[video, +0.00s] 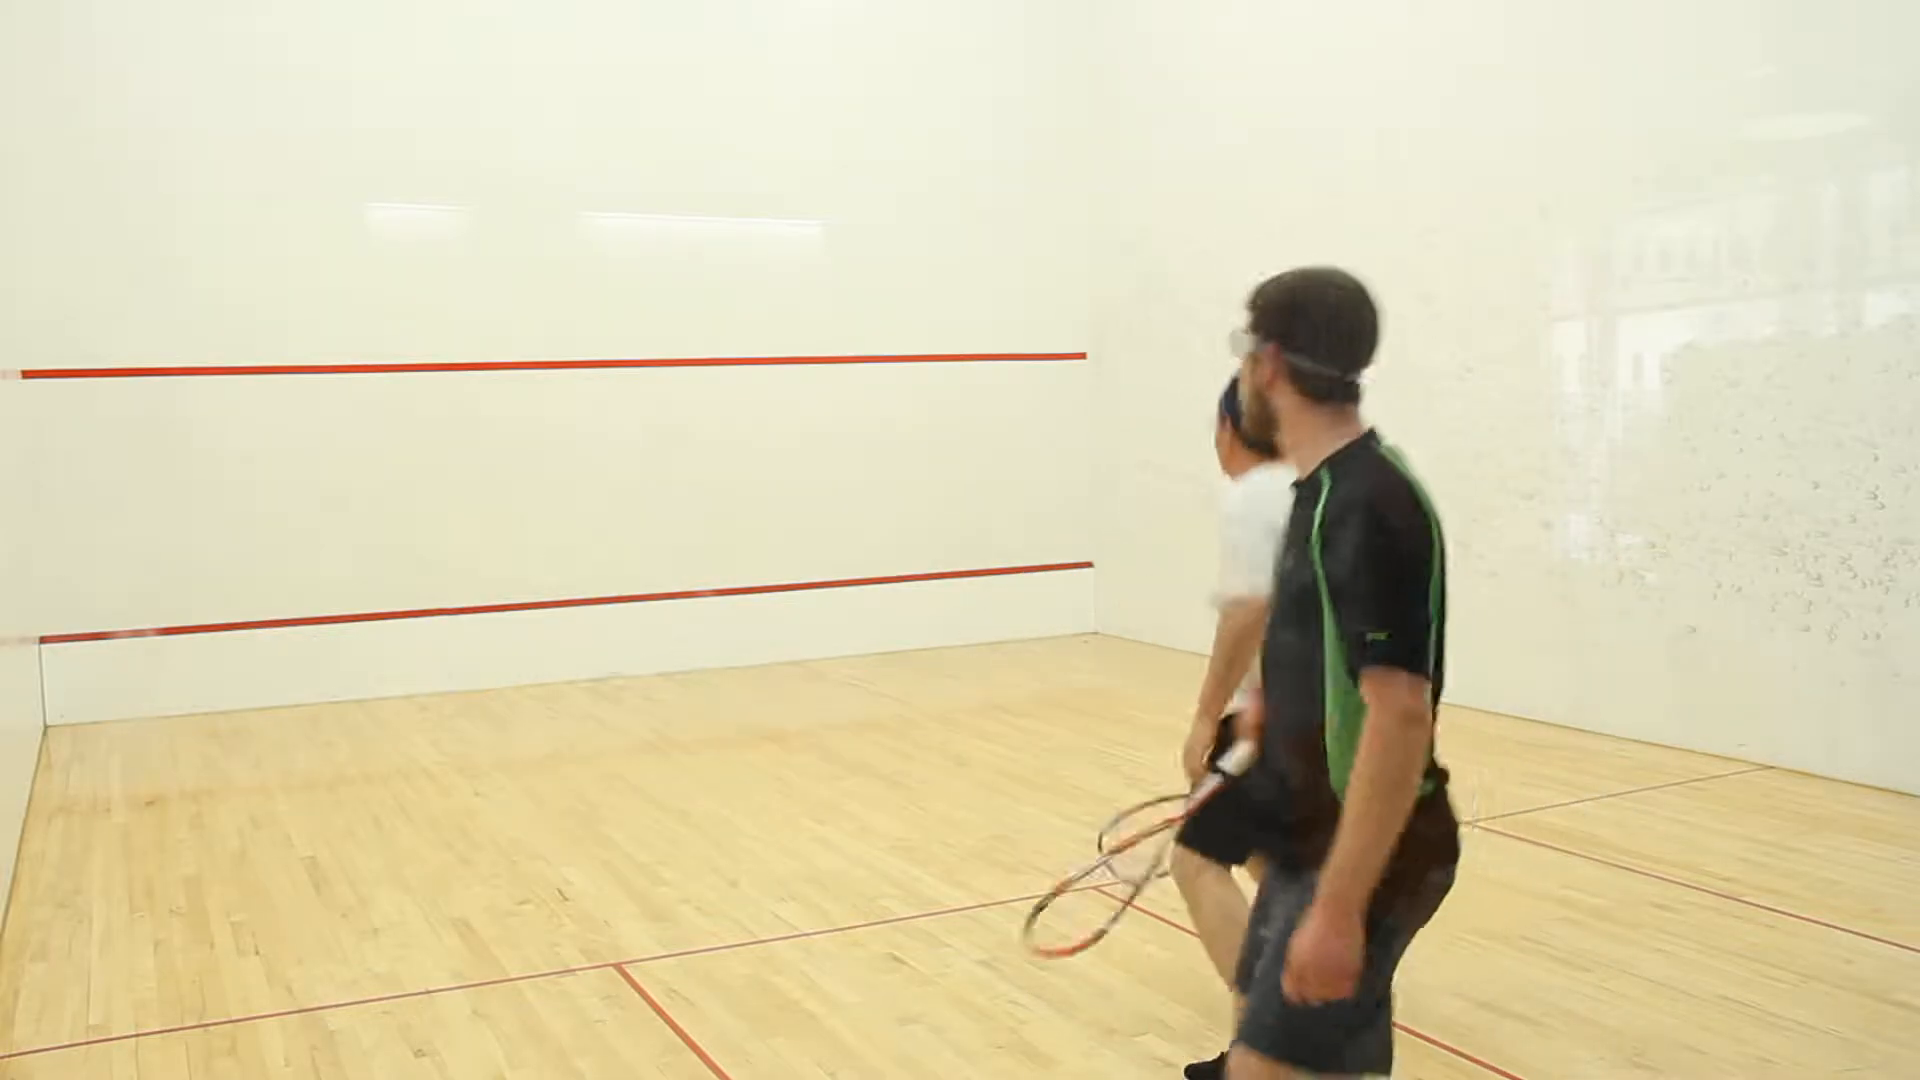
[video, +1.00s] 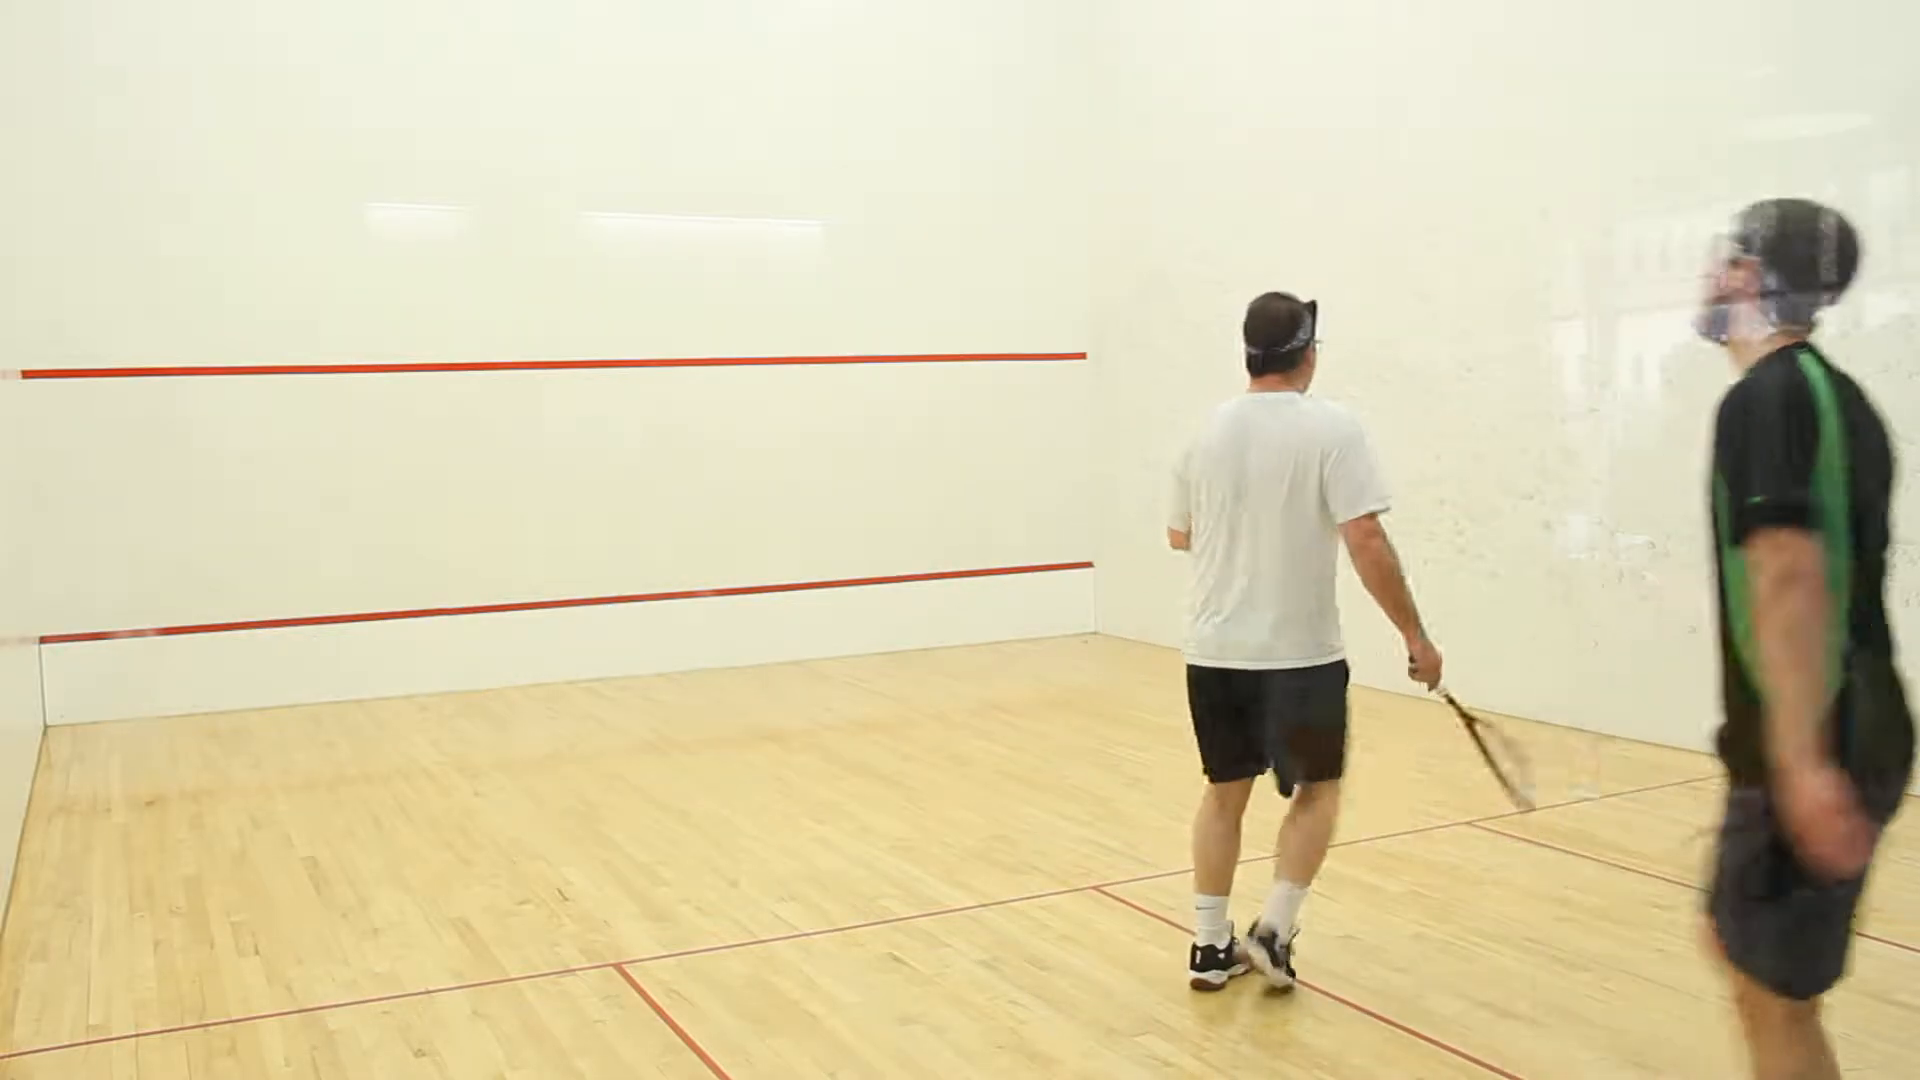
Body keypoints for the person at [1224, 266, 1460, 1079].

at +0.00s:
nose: (1241, 366)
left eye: (1247, 347)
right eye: (1247, 347)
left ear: (1270, 364)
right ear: (1347, 363)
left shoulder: (1376, 503)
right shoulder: (1323, 491)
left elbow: (1401, 710)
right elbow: (1333, 655)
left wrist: (1339, 910)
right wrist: (1270, 700)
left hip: (1360, 856)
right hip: (1314, 835)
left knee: (1262, 1063)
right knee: (1298, 1051)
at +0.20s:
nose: (1306, 282)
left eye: (1331, 266)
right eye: (1319, 264)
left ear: (1386, 296)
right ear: (1382, 300)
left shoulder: (1419, 432)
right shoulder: (1402, 420)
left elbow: (1357, 625)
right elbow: (1350, 582)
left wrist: (1259, 788)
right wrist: (1264, 644)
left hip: (1423, 763)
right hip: (1389, 748)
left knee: (1365, 1039)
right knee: (1371, 1025)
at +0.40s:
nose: (1402, 282)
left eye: (1424, 264)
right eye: (1414, 263)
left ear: (1476, 287)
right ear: (1479, 289)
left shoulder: (1489, 427)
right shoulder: (1524, 416)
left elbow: (1384, 592)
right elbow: (1402, 553)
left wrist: (1258, 697)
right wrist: (1273, 581)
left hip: (1474, 763)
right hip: (1490, 752)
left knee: (1406, 1016)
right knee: (1418, 1005)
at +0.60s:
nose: (1508, 312)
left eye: (1526, 293)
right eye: (1518, 293)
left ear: (1572, 312)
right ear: (1586, 318)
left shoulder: (1587, 445)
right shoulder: (1611, 439)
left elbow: (1502, 615)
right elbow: (1527, 592)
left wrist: (1414, 681)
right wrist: (1401, 590)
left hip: (1569, 792)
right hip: (1539, 781)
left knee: (1522, 1033)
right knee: (1462, 988)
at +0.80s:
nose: (1606, 324)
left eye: (1619, 308)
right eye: (1615, 307)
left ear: (1655, 322)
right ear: (1688, 330)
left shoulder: (1677, 456)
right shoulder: (1731, 444)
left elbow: (1635, 656)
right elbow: (1643, 623)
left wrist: (1572, 763)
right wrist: (1552, 695)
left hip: (1693, 796)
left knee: (1645, 1010)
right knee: (1592, 988)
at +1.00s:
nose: (1709, 276)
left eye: (1725, 262)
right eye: (1720, 259)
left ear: (1755, 280)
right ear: (1800, 290)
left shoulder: (1772, 397)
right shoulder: (1837, 397)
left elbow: (1790, 579)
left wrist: (1801, 758)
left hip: (1805, 749)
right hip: (1842, 735)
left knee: (1771, 984)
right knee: (1735, 933)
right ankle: (1798, 1060)